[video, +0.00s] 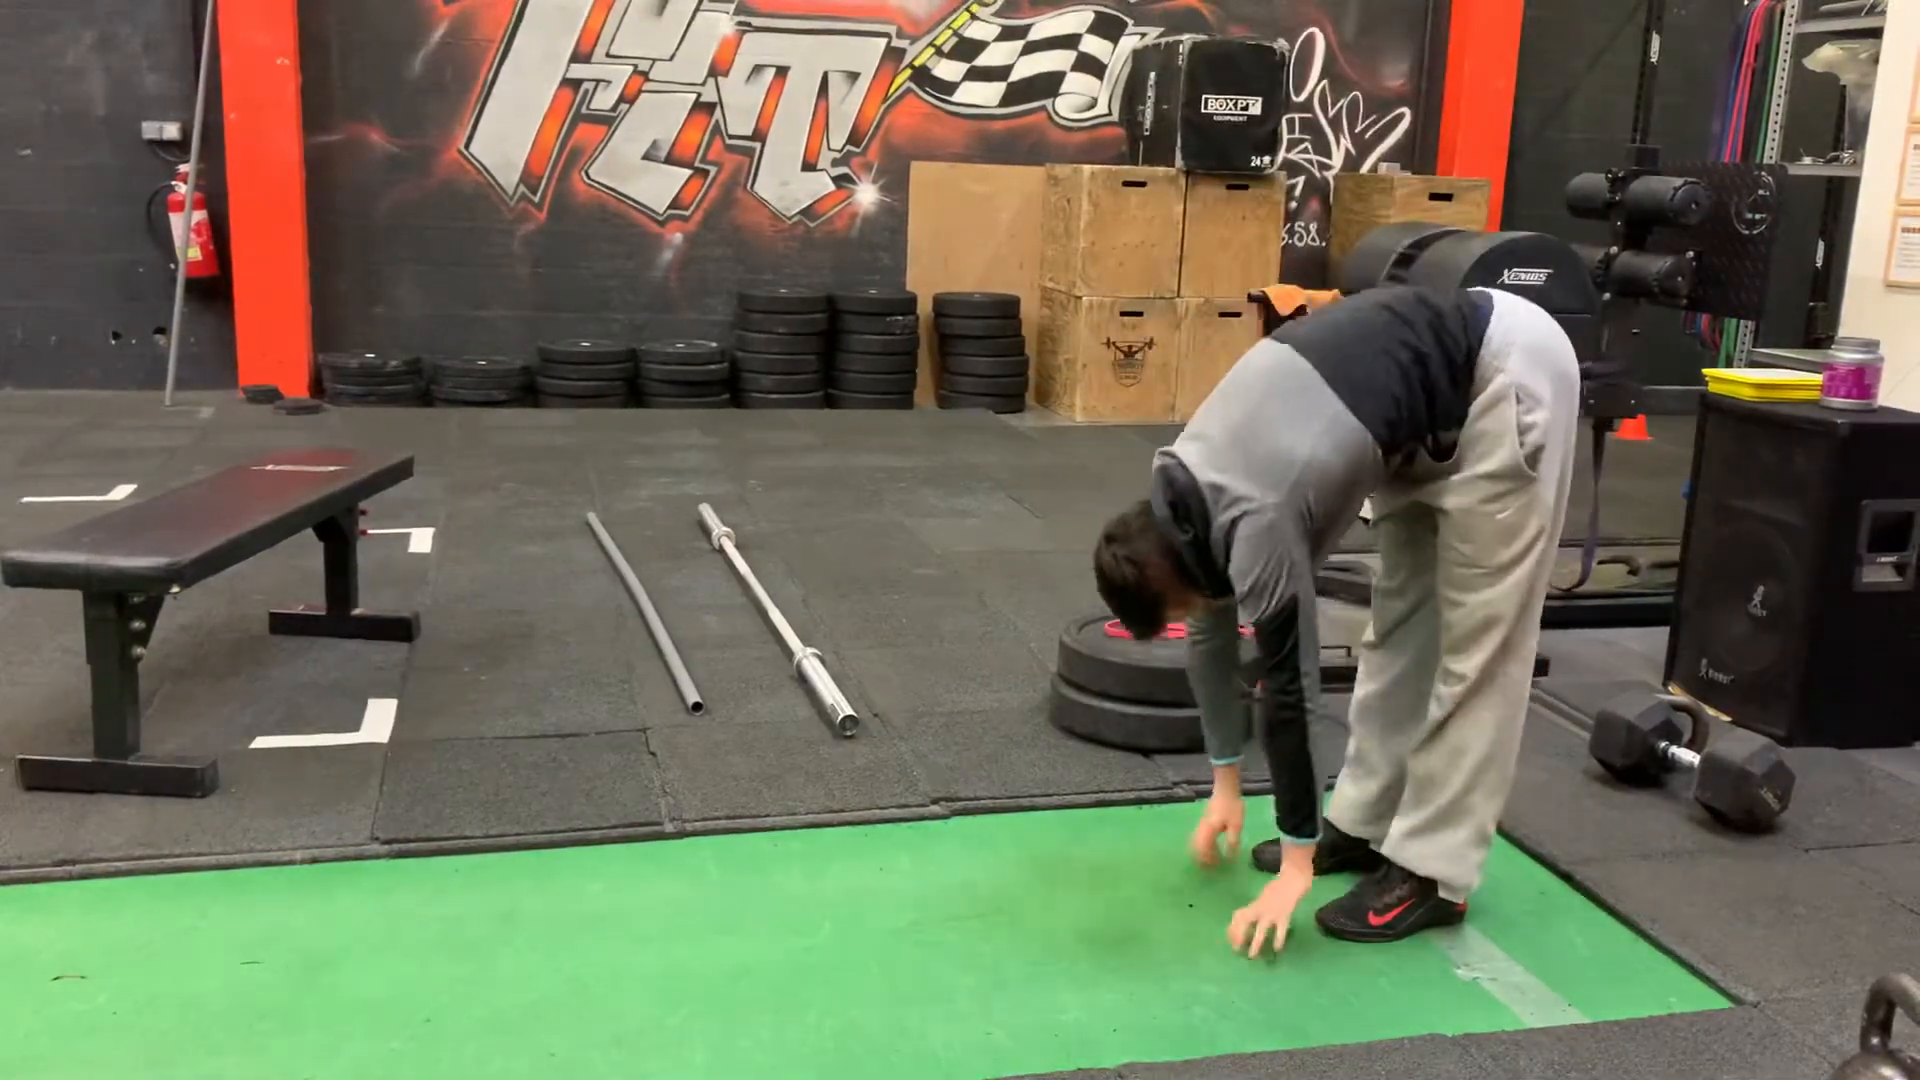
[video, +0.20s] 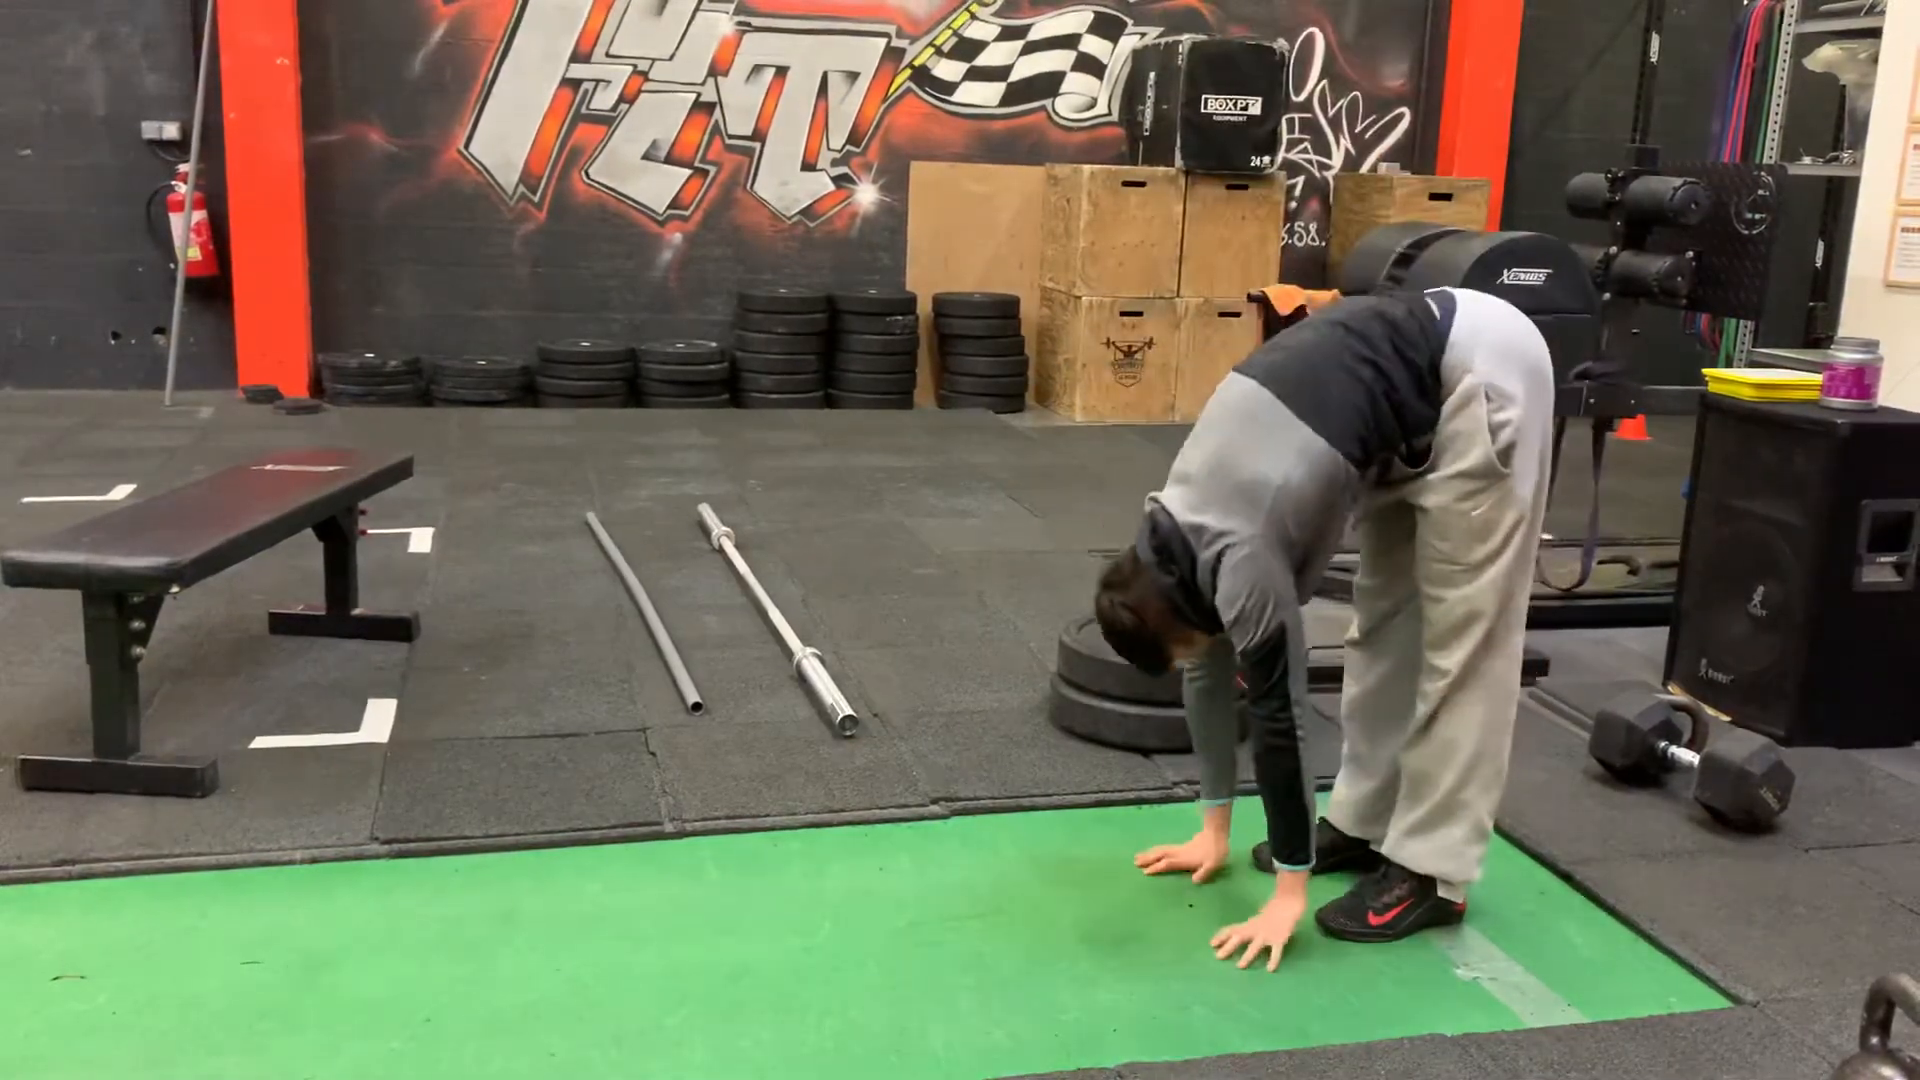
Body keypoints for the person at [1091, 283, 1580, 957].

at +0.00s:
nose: (1184, 626)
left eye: (1177, 617)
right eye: (1173, 625)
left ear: (1177, 571)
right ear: (1151, 551)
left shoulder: (1257, 523)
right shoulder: (1180, 488)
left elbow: (1286, 697)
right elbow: (1212, 641)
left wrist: (1295, 866)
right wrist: (1225, 788)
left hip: (1505, 371)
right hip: (1413, 376)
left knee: (1475, 644)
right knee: (1398, 628)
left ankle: (1436, 871)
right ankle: (1365, 826)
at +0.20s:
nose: (1197, 663)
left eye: (1188, 653)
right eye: (1185, 664)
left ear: (1177, 615)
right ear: (1159, 608)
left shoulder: (1242, 560)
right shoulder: (1168, 529)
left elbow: (1277, 720)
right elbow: (1207, 682)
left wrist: (1290, 890)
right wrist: (1213, 831)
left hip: (1481, 369)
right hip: (1399, 366)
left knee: (1461, 638)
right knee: (1383, 622)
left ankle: (1432, 871)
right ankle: (1365, 820)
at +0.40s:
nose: (1186, 683)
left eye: (1177, 678)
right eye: (1177, 685)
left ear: (1157, 637)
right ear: (1138, 620)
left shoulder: (1217, 586)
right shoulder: (1155, 562)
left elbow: (1258, 743)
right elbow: (1208, 699)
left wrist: (1246, 909)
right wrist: (1223, 837)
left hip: (1445, 365)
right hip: (1364, 366)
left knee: (1442, 632)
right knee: (1368, 624)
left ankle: (1430, 871)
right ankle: (1364, 819)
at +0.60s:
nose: (1125, 697)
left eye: (1108, 690)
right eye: (1113, 695)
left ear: (1088, 653)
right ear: (1080, 629)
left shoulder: (1159, 599)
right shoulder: (1103, 560)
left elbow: (1176, 759)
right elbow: (1175, 693)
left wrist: (1165, 925)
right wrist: (1187, 825)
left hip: (1390, 369)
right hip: (1317, 374)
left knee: (1415, 631)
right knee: (1346, 625)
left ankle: (1428, 870)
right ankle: (1363, 821)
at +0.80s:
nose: (1018, 696)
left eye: (1009, 685)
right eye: (1002, 694)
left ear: (1009, 647)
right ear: (986, 630)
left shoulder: (1094, 611)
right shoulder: (1005, 568)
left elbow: (1133, 766)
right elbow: (1002, 702)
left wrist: (1159, 920)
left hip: (1319, 379)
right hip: (1248, 382)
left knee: (1373, 636)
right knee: (1311, 630)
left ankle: (1425, 871)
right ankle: (1358, 821)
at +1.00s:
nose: (889, 690)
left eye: (882, 678)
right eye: (878, 683)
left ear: (893, 643)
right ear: (880, 624)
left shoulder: (1001, 607)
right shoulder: (915, 571)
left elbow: (1083, 755)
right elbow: (923, 714)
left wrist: (1138, 908)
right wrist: (900, 854)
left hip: (1226, 402)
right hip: (1172, 418)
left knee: (1323, 642)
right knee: (1270, 648)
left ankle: (1420, 863)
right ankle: (1352, 816)